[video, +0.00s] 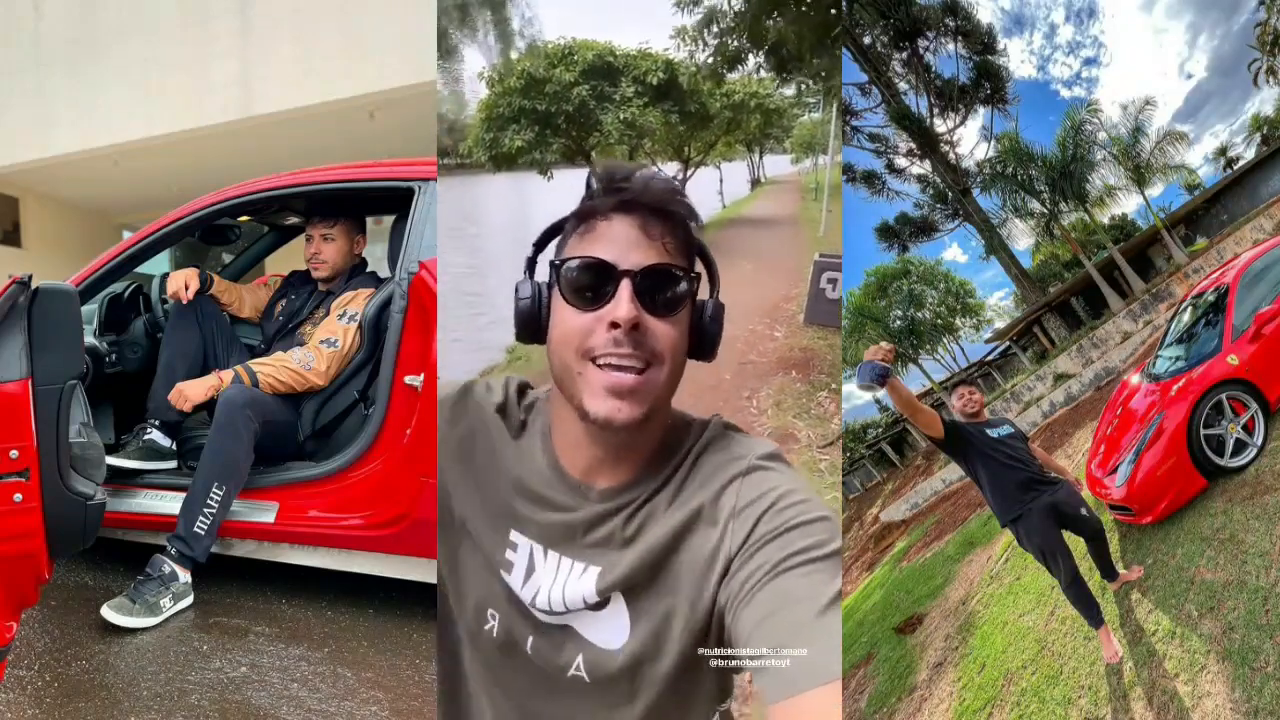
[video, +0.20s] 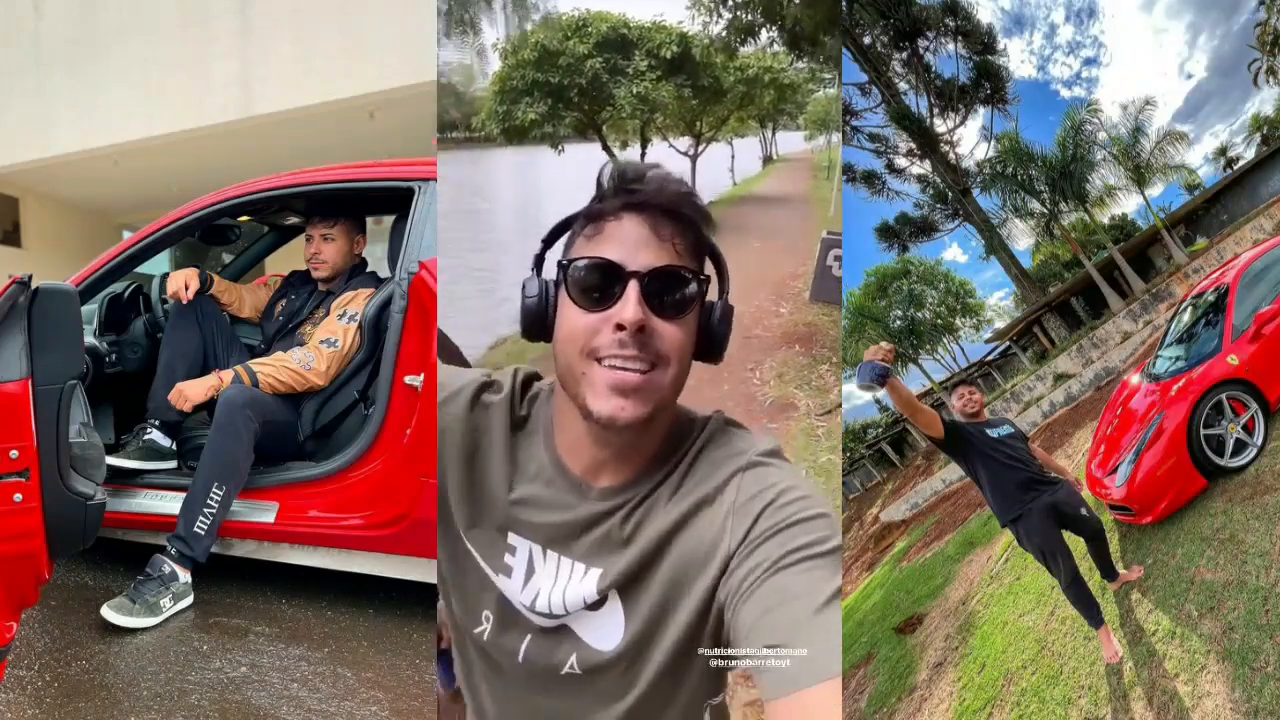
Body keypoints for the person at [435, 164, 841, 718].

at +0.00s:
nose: (625, 313)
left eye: (661, 290)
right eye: (589, 282)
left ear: (699, 327)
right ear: (541, 308)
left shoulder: (759, 514)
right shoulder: (466, 430)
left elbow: (818, 705)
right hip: (471, 706)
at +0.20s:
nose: (632, 315)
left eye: (669, 291)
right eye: (597, 284)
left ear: (706, 326)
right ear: (547, 305)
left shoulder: (761, 511)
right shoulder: (463, 424)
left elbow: (814, 706)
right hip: (476, 700)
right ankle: (452, 685)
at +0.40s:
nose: (631, 303)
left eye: (666, 281)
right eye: (599, 272)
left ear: (703, 319)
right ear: (550, 294)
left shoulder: (759, 511)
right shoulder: (470, 403)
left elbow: (817, 707)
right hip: (467, 704)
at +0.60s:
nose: (633, 297)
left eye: (669, 278)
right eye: (607, 265)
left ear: (699, 310)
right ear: (563, 279)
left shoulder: (749, 495)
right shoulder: (515, 369)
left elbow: (809, 708)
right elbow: (460, 296)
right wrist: (457, 233)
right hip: (466, 704)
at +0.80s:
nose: (627, 281)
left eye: (664, 262)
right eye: (601, 253)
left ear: (699, 298)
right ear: (559, 271)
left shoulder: (750, 484)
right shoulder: (513, 357)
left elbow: (805, 706)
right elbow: (420, 228)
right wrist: (453, 129)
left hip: (625, 705)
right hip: (471, 699)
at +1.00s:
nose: (616, 292)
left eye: (651, 270)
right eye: (588, 267)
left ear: (689, 306)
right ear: (550, 293)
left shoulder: (760, 492)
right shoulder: (495, 393)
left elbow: (809, 706)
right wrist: (418, 188)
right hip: (485, 707)